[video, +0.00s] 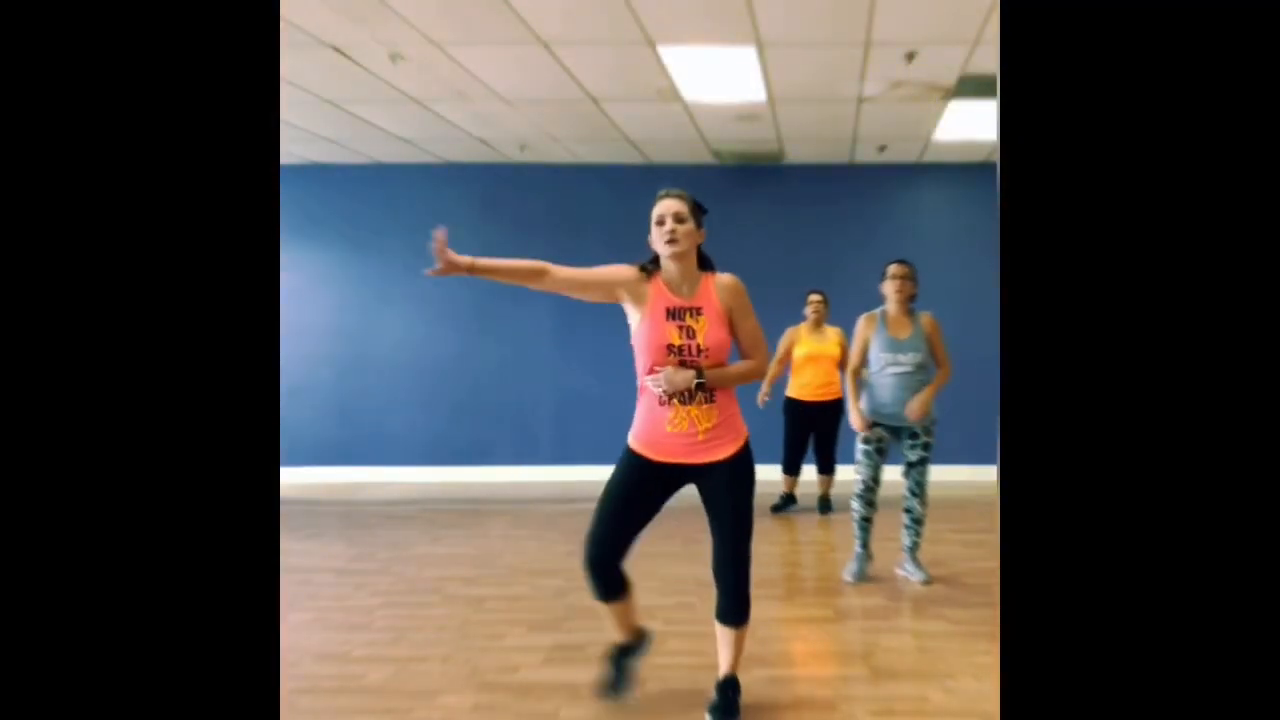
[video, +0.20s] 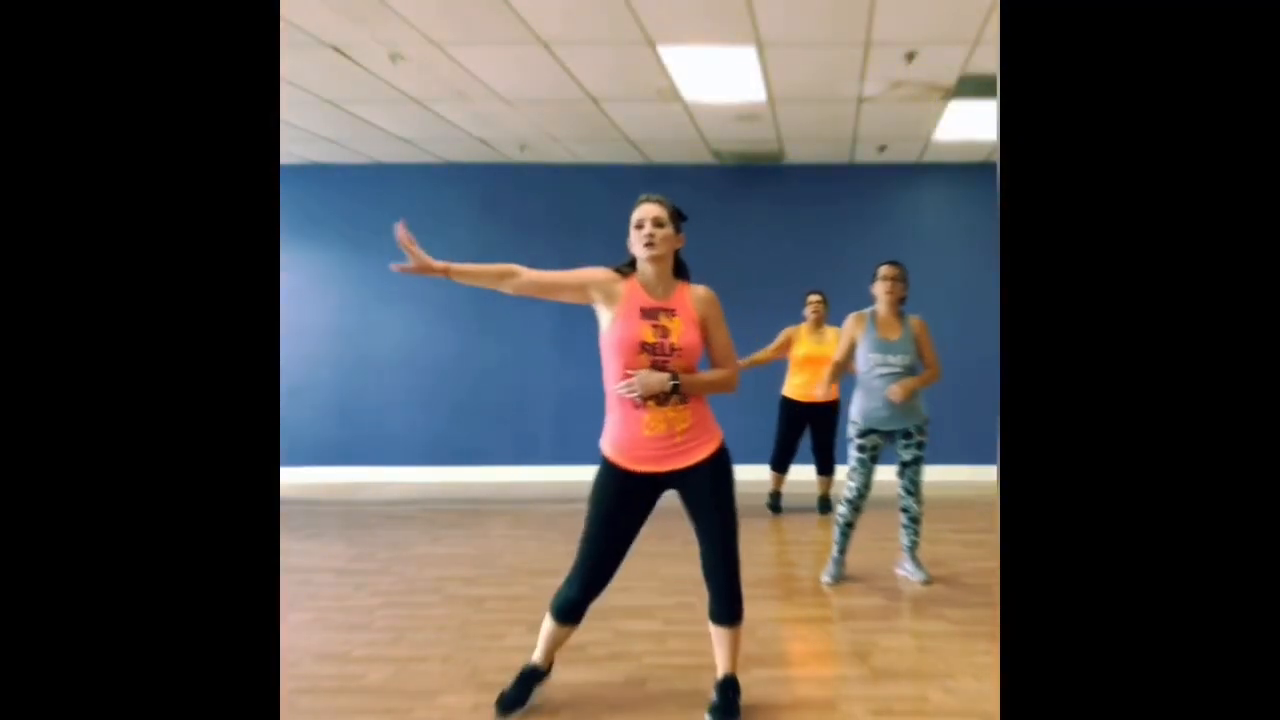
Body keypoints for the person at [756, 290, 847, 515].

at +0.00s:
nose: (815, 307)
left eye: (819, 303)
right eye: (811, 303)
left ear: (826, 309)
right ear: (805, 309)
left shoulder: (837, 334)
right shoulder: (793, 334)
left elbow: (846, 365)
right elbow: (779, 361)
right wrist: (766, 385)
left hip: (829, 398)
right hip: (798, 398)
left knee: (825, 451)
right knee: (793, 448)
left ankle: (824, 495)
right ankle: (788, 493)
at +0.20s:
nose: (815, 307)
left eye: (819, 303)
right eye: (811, 304)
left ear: (826, 309)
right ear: (804, 310)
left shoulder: (836, 335)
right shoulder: (793, 334)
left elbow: (850, 365)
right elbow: (769, 353)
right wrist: (741, 364)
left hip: (826, 400)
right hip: (794, 398)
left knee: (824, 453)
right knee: (784, 448)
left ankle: (824, 496)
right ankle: (775, 493)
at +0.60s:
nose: (790, 308)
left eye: (794, 304)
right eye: (786, 304)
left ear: (802, 311)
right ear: (780, 310)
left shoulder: (811, 338)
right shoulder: (765, 331)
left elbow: (824, 368)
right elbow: (733, 329)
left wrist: (828, 395)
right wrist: (700, 324)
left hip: (798, 401)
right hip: (766, 400)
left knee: (809, 451)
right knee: (760, 451)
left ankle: (821, 496)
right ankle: (747, 495)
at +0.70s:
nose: (782, 307)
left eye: (786, 303)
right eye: (778, 303)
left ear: (794, 310)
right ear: (772, 308)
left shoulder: (801, 336)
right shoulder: (757, 329)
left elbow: (809, 365)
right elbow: (725, 327)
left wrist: (812, 383)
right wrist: (689, 321)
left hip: (789, 398)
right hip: (758, 398)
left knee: (800, 448)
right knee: (756, 449)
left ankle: (819, 495)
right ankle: (746, 495)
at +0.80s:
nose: (775, 306)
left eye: (780, 303)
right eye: (772, 302)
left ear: (787, 309)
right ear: (766, 308)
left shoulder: (795, 335)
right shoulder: (751, 329)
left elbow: (806, 363)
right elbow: (720, 327)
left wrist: (805, 378)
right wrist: (693, 322)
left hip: (784, 399)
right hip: (753, 399)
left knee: (795, 449)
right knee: (754, 450)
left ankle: (808, 494)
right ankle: (746, 495)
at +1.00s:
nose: (769, 307)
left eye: (773, 303)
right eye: (765, 303)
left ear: (780, 309)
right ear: (759, 308)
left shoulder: (791, 334)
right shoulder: (746, 333)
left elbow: (802, 360)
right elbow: (725, 348)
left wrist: (799, 377)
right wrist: (707, 338)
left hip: (780, 398)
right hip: (750, 396)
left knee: (780, 452)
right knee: (751, 450)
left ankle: (779, 496)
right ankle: (747, 494)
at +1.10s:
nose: (768, 306)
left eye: (772, 302)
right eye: (764, 302)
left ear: (780, 308)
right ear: (758, 308)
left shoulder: (790, 333)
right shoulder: (745, 333)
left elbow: (803, 359)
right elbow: (733, 362)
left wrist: (802, 375)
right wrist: (713, 344)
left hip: (781, 398)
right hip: (750, 398)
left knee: (788, 449)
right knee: (751, 449)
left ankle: (787, 494)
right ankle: (746, 495)